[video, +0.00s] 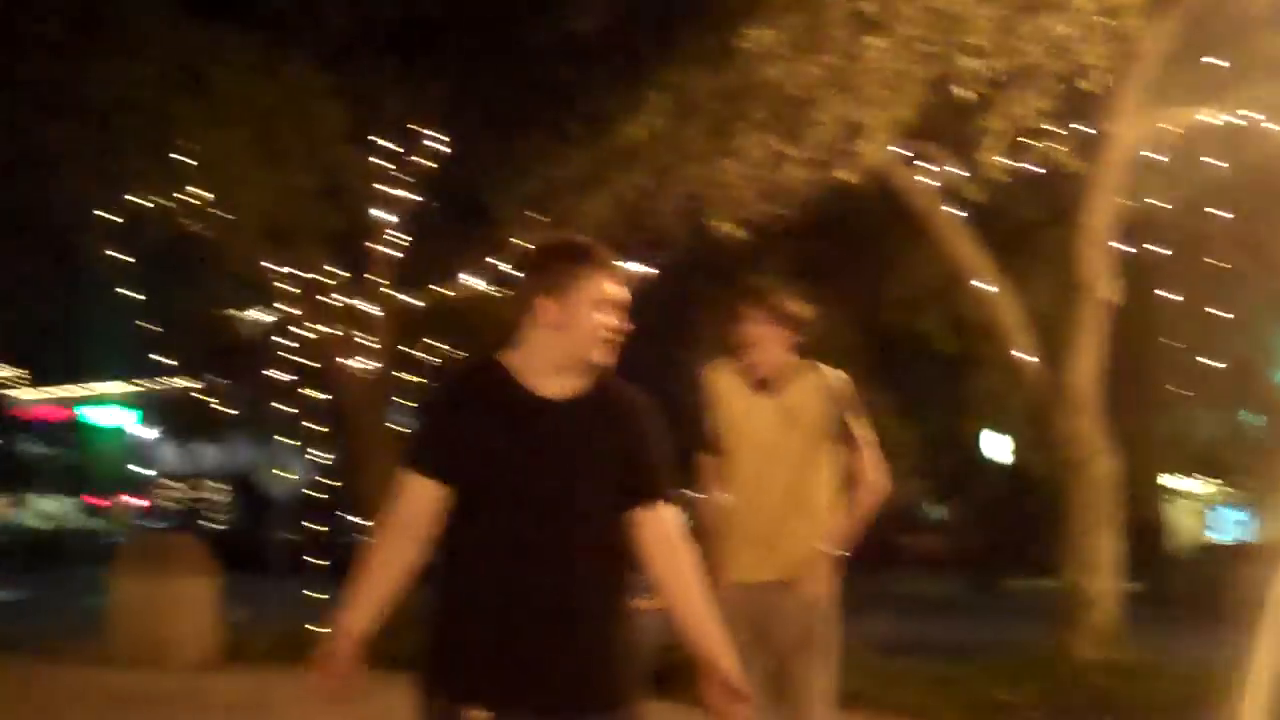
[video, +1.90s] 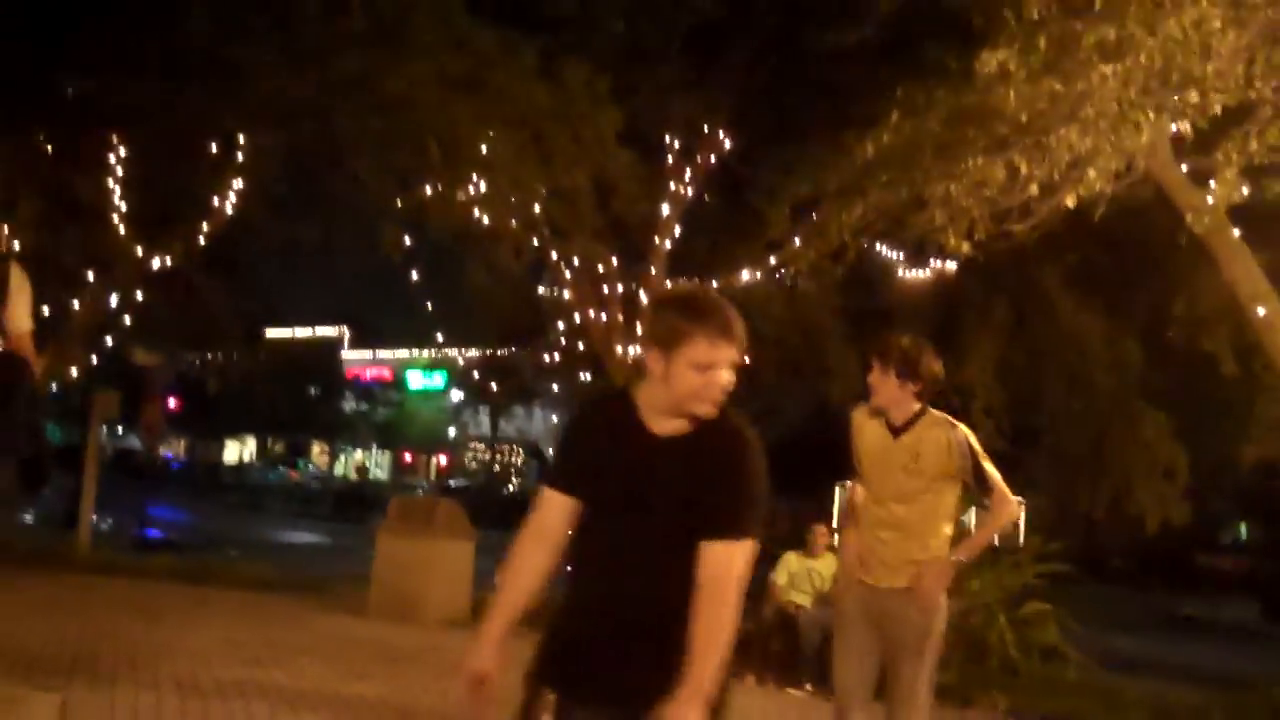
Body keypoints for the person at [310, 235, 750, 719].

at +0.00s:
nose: (621, 325)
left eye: (623, 311)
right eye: (605, 307)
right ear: (545, 309)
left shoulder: (622, 414)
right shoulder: (466, 398)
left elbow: (665, 543)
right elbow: (407, 528)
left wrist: (719, 664)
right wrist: (346, 638)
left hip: (588, 686)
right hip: (473, 685)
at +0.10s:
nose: (689, 325)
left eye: (688, 310)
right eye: (674, 308)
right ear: (618, 312)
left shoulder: (689, 414)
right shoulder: (532, 399)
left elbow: (728, 544)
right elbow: (479, 526)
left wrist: (776, 660)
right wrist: (431, 640)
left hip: (653, 680)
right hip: (537, 678)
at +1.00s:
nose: (704, 312)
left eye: (705, 298)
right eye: (688, 296)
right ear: (634, 297)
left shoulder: (699, 406)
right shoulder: (542, 386)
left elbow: (739, 532)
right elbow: (497, 513)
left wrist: (776, 650)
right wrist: (461, 631)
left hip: (663, 671)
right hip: (541, 667)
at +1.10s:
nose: (761, 320)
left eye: (763, 306)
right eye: (747, 304)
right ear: (693, 299)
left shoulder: (761, 414)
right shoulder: (605, 390)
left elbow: (796, 536)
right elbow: (557, 511)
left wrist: (836, 647)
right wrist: (518, 630)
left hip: (719, 661)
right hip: (601, 656)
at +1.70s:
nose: (769, 364)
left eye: (774, 348)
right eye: (752, 348)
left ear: (779, 344)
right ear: (698, 342)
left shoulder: (780, 433)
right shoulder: (633, 406)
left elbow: (786, 577)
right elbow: (581, 528)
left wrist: (776, 692)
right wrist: (529, 636)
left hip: (726, 679)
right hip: (629, 671)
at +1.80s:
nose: (749, 385)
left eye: (755, 369)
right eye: (731, 371)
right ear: (678, 364)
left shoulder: (756, 449)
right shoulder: (618, 424)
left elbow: (753, 588)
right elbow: (565, 539)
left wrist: (732, 701)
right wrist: (511, 647)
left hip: (697, 685)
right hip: (602, 672)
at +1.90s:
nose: (725, 382)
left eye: (732, 367)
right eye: (705, 368)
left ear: (738, 366)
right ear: (655, 362)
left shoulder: (733, 449)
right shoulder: (599, 421)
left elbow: (719, 586)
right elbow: (545, 532)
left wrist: (694, 697)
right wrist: (490, 638)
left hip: (672, 682)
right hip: (583, 666)